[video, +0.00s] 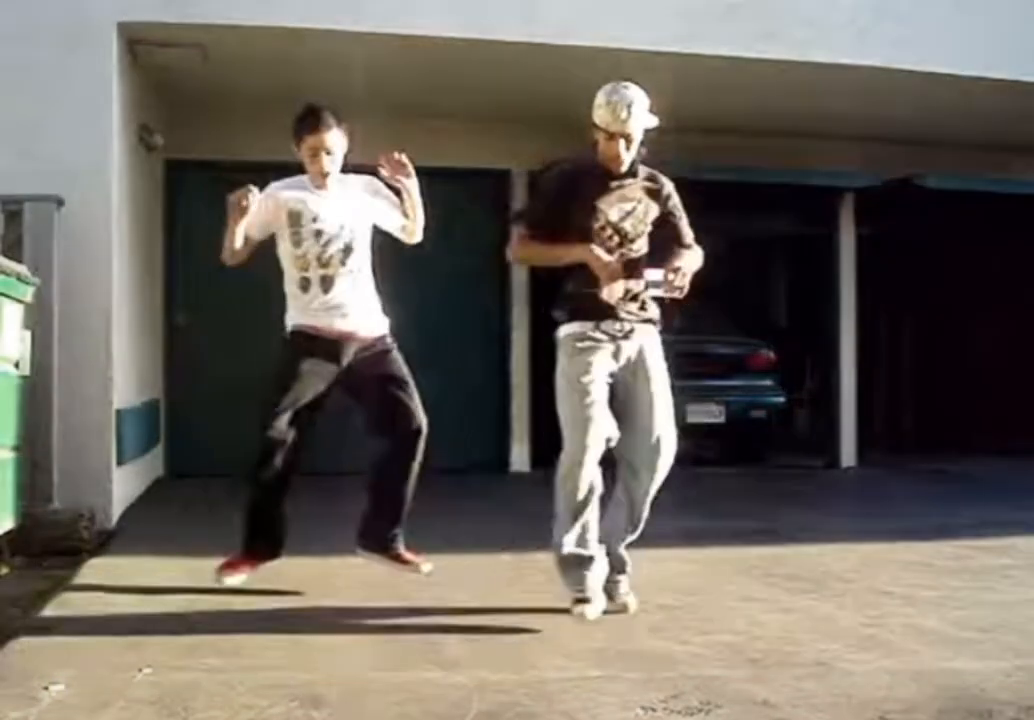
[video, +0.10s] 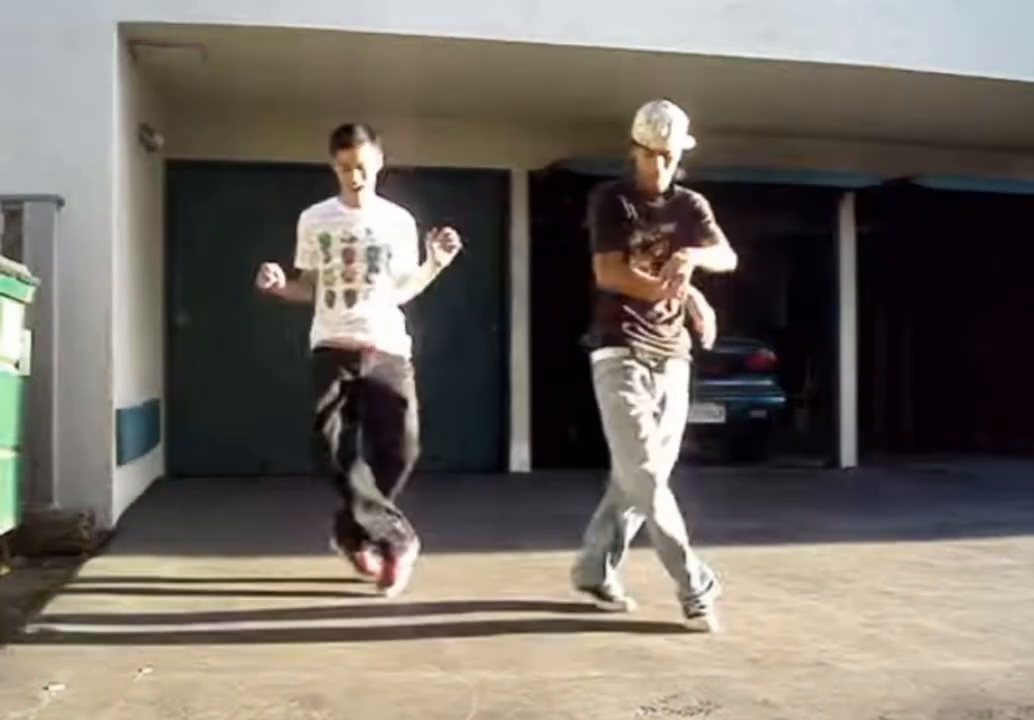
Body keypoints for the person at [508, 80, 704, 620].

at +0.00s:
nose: (621, 150)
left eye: (630, 139)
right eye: (611, 138)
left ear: (644, 135)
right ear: (595, 132)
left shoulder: (656, 187)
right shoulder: (562, 181)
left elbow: (689, 247)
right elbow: (519, 248)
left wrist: (684, 266)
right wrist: (584, 254)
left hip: (642, 333)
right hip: (584, 334)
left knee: (655, 445)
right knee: (586, 445)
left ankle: (614, 554)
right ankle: (581, 574)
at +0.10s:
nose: (660, 167)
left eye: (668, 157)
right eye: (651, 156)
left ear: (681, 155)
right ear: (635, 150)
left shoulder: (690, 204)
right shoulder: (609, 200)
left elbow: (726, 257)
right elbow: (608, 271)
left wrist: (689, 256)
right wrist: (674, 295)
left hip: (672, 354)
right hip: (619, 350)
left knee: (651, 468)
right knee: (643, 468)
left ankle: (594, 567)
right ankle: (694, 584)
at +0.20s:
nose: (674, 157)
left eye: (684, 147)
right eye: (666, 146)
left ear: (697, 144)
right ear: (651, 139)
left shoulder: (707, 193)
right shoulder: (621, 192)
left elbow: (754, 245)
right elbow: (599, 254)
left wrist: (721, 234)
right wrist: (670, 265)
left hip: (691, 352)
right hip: (636, 354)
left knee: (695, 474)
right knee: (667, 474)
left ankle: (613, 551)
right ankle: (700, 589)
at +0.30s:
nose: (706, 150)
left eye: (716, 140)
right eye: (698, 139)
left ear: (730, 135)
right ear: (682, 129)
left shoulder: (739, 176)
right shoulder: (650, 172)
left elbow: (786, 214)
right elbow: (589, 209)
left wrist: (810, 222)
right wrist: (649, 228)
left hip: (726, 340)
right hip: (666, 340)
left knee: (762, 445)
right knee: (655, 460)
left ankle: (721, 537)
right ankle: (665, 584)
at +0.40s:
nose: (712, 152)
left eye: (722, 142)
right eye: (704, 140)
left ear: (736, 137)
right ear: (690, 132)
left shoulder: (749, 179)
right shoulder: (657, 175)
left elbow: (795, 224)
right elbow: (594, 214)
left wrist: (826, 215)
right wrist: (643, 228)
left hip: (735, 344)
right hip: (673, 344)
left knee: (774, 444)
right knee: (650, 461)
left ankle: (752, 548)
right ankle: (646, 588)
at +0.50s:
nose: (736, 173)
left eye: (745, 163)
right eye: (727, 162)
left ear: (757, 161)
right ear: (709, 157)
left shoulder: (767, 206)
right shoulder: (681, 209)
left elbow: (808, 250)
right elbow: (629, 274)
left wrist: (852, 222)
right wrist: (634, 252)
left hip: (764, 367)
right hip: (699, 368)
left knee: (800, 472)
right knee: (659, 477)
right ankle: (594, 594)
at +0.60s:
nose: (744, 176)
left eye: (754, 164)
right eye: (734, 164)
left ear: (768, 160)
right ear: (719, 158)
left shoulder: (779, 205)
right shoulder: (690, 203)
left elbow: (826, 239)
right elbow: (619, 242)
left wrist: (837, 221)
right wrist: (679, 227)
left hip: (767, 365)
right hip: (708, 362)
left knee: (808, 473)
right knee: (694, 465)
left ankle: (828, 583)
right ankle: (619, 591)